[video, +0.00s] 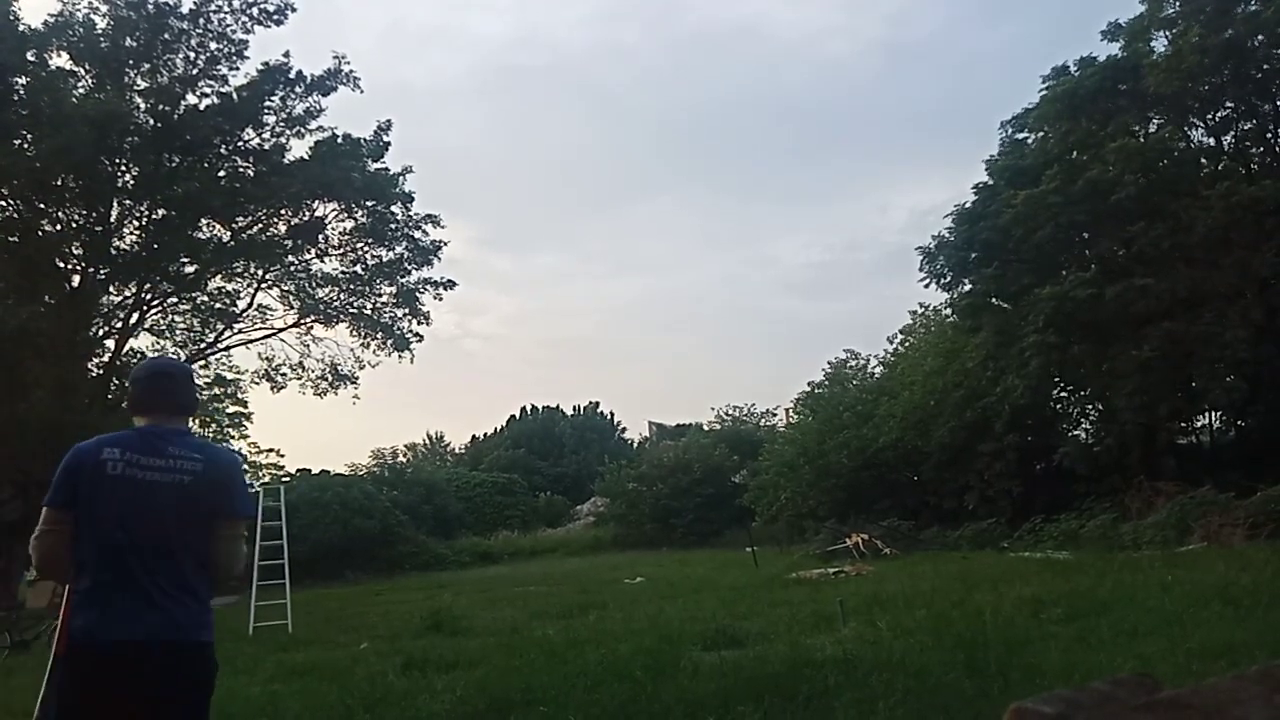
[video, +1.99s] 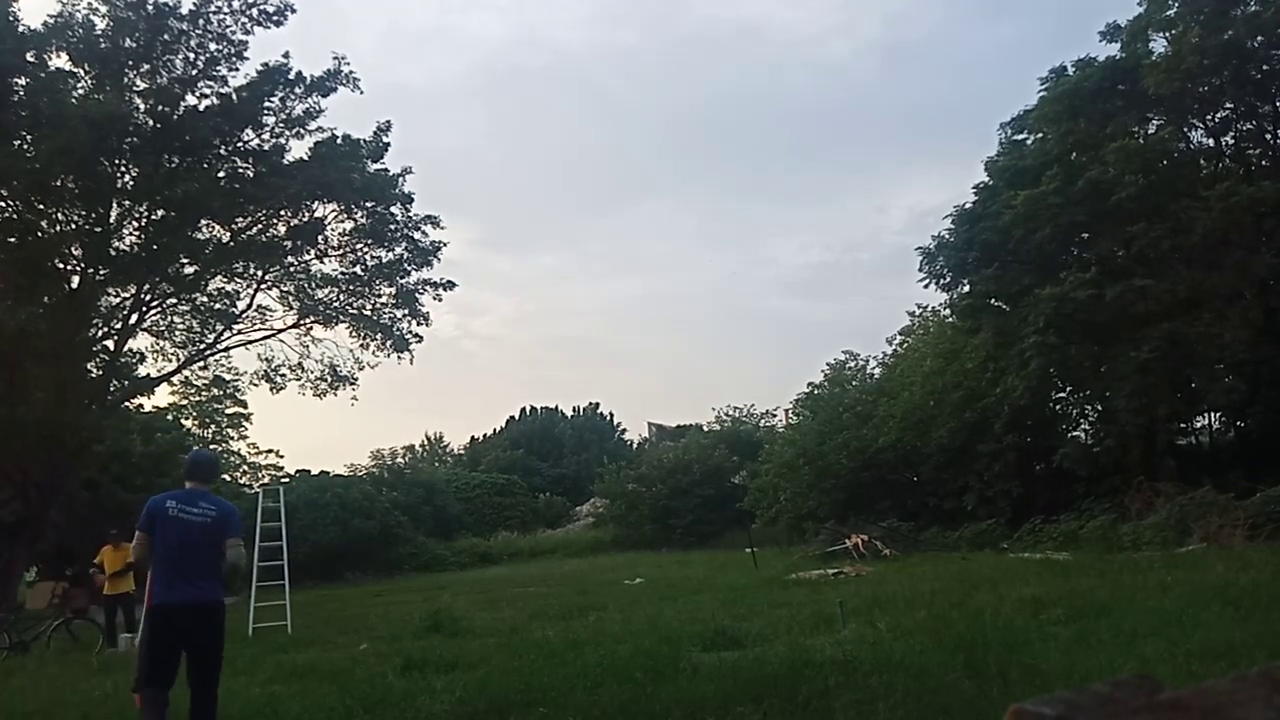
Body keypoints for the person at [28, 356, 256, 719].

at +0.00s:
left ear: (130, 403)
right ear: (192, 405)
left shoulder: (86, 456)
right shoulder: (223, 464)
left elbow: (46, 556)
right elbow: (229, 567)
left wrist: (107, 570)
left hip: (93, 652)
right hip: (183, 655)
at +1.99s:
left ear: (185, 473)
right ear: (215, 477)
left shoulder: (158, 504)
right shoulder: (227, 511)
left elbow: (138, 554)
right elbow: (236, 559)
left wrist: (162, 566)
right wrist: (226, 585)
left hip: (164, 610)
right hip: (207, 611)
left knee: (154, 688)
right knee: (204, 690)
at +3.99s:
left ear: (168, 503)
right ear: (189, 504)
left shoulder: (154, 525)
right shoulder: (200, 526)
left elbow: (141, 559)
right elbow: (209, 556)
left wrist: (156, 548)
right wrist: (219, 580)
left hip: (161, 594)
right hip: (191, 594)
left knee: (162, 639)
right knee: (189, 637)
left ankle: (163, 677)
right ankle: (183, 682)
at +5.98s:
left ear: (128, 528)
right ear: (144, 528)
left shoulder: (117, 546)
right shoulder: (152, 543)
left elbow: (110, 572)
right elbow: (164, 567)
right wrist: (169, 585)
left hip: (124, 597)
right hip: (147, 595)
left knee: (120, 633)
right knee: (145, 628)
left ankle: (120, 668)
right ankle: (142, 651)